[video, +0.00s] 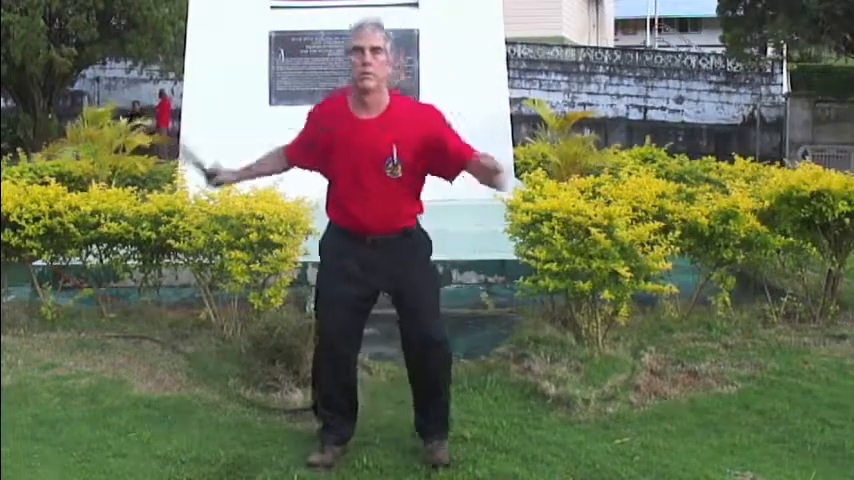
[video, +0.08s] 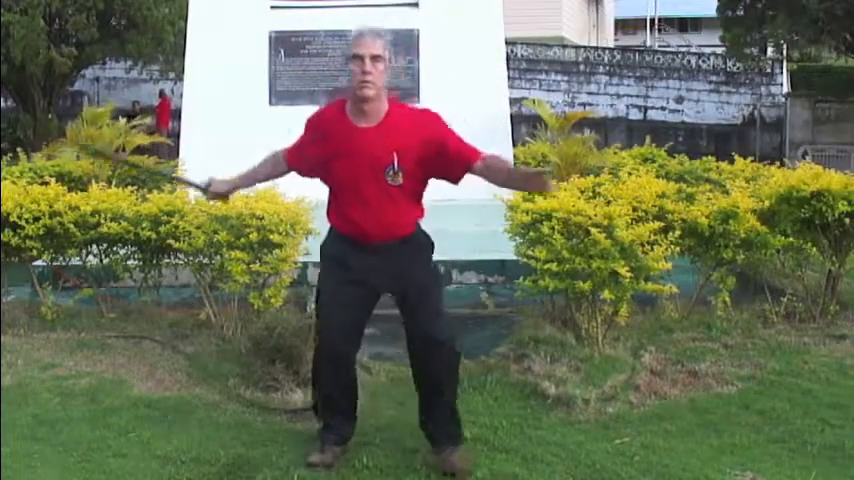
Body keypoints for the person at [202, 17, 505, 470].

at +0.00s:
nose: (365, 61)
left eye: (375, 52)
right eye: (357, 52)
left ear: (393, 62)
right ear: (347, 61)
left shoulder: (421, 119)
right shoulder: (328, 115)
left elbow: (467, 161)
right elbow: (289, 156)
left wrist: (490, 170)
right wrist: (235, 174)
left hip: (405, 247)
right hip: (344, 247)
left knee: (428, 340)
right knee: (333, 343)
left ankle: (434, 435)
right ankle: (333, 435)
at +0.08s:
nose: (365, 68)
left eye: (375, 60)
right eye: (357, 60)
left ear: (390, 68)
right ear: (347, 68)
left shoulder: (422, 125)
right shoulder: (326, 123)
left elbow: (482, 164)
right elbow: (285, 160)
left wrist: (532, 178)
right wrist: (235, 182)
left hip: (408, 252)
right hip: (346, 253)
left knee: (436, 343)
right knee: (332, 347)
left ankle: (446, 443)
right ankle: (334, 436)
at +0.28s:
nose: (390, 96)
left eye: (399, 88)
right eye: (380, 87)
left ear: (411, 98)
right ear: (364, 97)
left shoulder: (440, 153)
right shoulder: (339, 154)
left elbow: (511, 183)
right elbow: (294, 201)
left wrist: (575, 187)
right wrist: (245, 228)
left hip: (422, 272)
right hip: (359, 273)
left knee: (455, 356)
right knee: (335, 366)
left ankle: (497, 465)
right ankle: (334, 438)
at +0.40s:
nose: (424, 108)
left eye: (434, 101)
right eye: (414, 100)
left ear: (445, 111)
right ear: (398, 109)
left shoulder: (467, 167)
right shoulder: (368, 166)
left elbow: (523, 207)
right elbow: (327, 234)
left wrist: (583, 212)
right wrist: (284, 278)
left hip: (443, 289)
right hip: (379, 289)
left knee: (479, 366)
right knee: (351, 382)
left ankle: (496, 468)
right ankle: (334, 440)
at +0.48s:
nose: (445, 110)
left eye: (455, 102)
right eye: (435, 101)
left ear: (465, 113)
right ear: (417, 111)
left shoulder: (483, 170)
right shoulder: (386, 170)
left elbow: (527, 221)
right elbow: (351, 241)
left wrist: (578, 229)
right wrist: (319, 297)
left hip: (454, 291)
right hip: (391, 291)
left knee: (489, 368)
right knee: (359, 384)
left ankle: (498, 468)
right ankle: (336, 441)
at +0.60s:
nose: (487, 108)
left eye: (495, 99)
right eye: (474, 99)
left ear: (502, 110)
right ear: (455, 109)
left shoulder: (511, 171)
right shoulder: (424, 166)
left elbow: (530, 239)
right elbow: (400, 249)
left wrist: (575, 260)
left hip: (472, 289)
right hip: (419, 287)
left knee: (501, 370)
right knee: (378, 364)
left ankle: (500, 471)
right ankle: (337, 440)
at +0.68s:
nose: (501, 107)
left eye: (510, 99)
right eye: (489, 99)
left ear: (518, 110)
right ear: (469, 109)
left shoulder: (519, 168)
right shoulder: (438, 163)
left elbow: (527, 237)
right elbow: (422, 242)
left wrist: (551, 263)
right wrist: (432, 296)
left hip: (474, 284)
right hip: (418, 278)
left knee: (505, 373)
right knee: (375, 371)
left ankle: (500, 471)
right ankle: (330, 438)